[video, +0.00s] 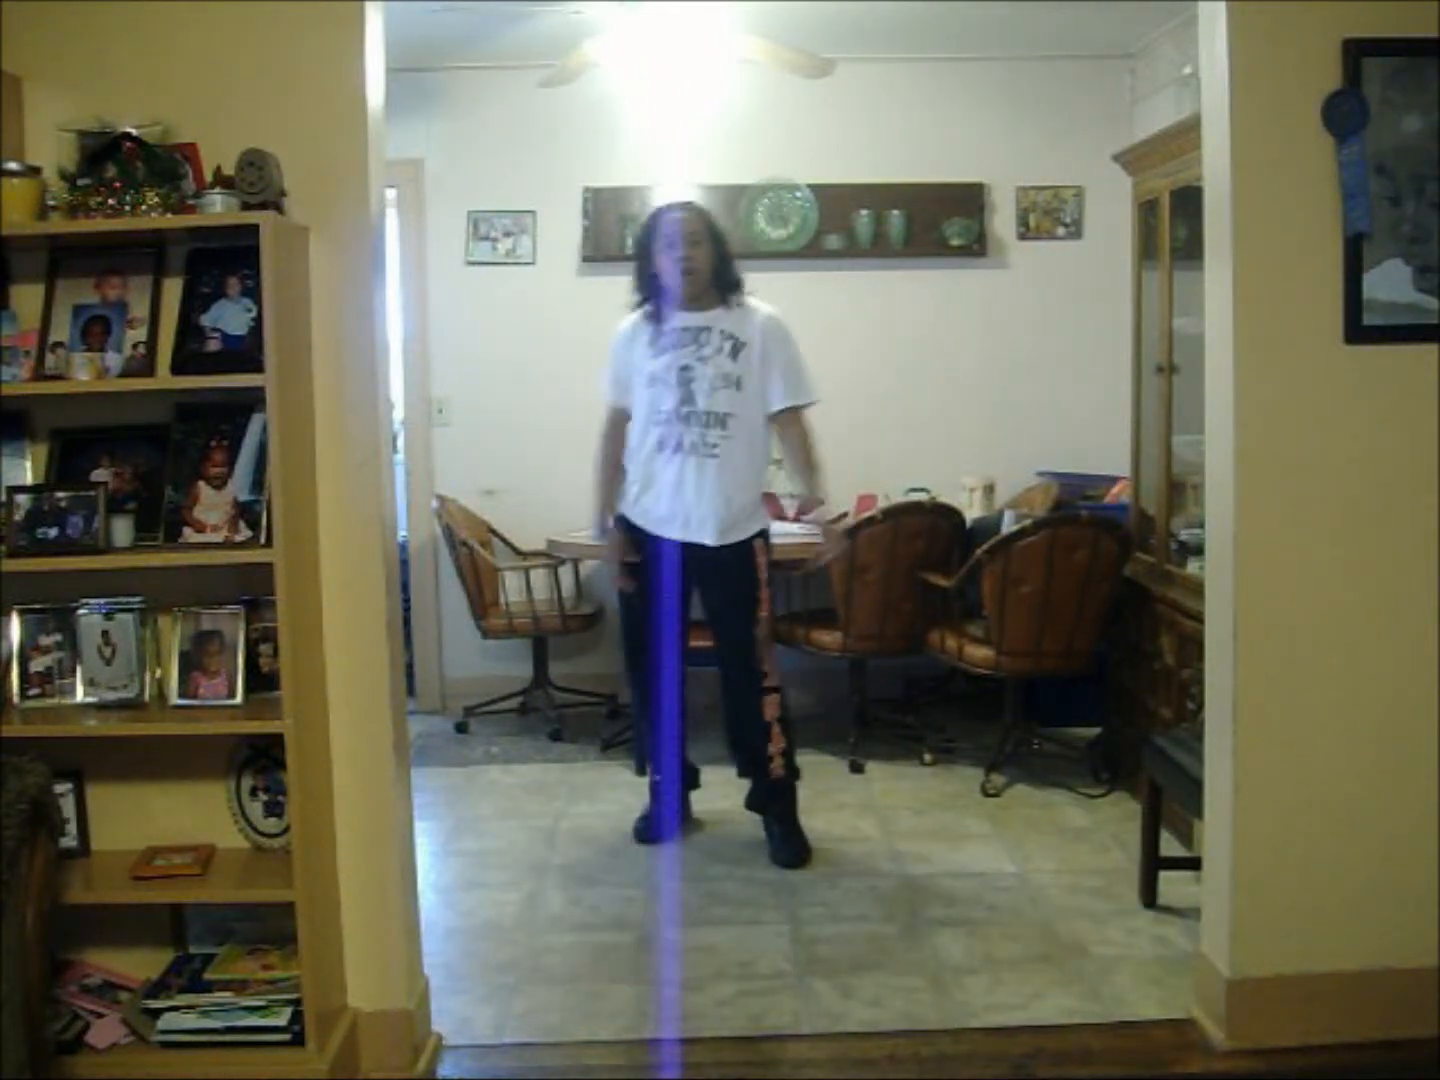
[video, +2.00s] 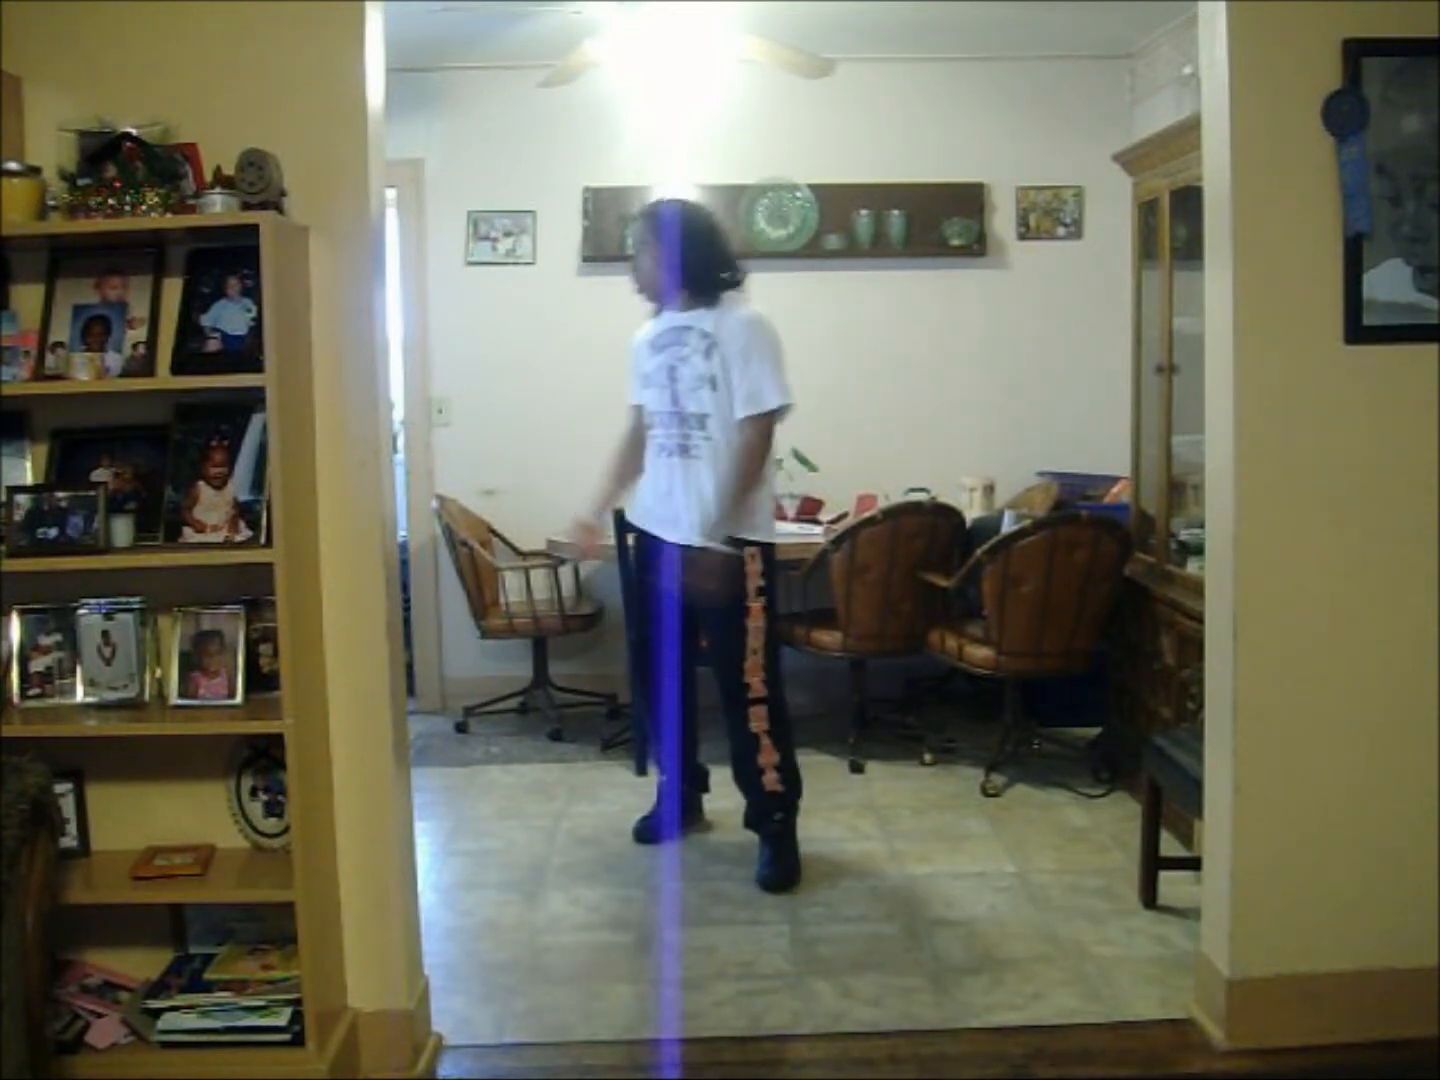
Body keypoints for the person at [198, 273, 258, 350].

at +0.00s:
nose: (233, 288)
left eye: (236, 285)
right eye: (230, 285)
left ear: (240, 287)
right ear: (225, 287)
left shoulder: (247, 303)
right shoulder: (221, 304)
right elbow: (205, 320)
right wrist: (210, 335)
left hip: (243, 338)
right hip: (224, 338)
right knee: (212, 340)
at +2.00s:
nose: (233, 289)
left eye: (235, 285)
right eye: (230, 286)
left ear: (240, 287)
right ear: (226, 288)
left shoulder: (247, 304)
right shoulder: (221, 304)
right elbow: (205, 320)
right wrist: (210, 335)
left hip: (244, 338)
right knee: (212, 342)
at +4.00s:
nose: (234, 289)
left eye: (236, 286)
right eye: (230, 287)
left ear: (240, 288)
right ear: (226, 289)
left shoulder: (247, 304)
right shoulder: (221, 304)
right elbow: (205, 320)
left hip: (244, 338)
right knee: (212, 341)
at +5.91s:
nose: (232, 288)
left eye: (235, 285)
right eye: (230, 285)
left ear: (240, 287)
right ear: (226, 287)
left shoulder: (246, 303)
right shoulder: (221, 303)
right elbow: (205, 320)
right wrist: (211, 335)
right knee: (211, 342)